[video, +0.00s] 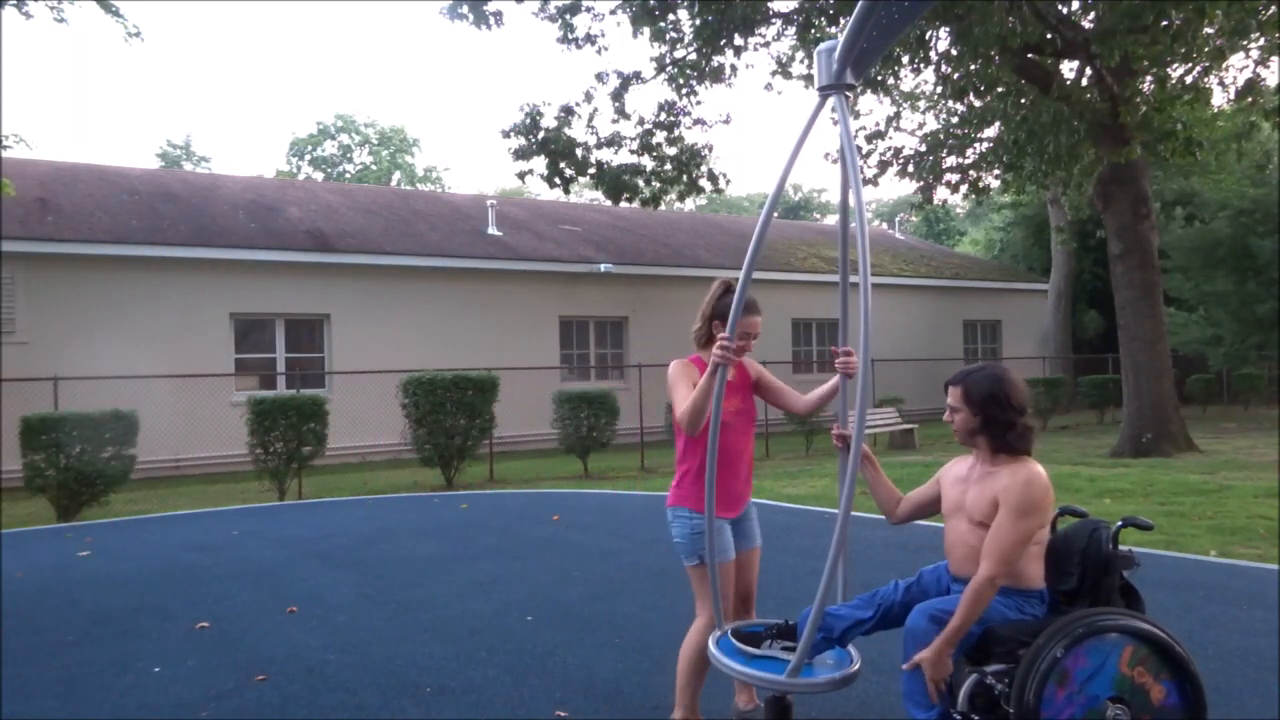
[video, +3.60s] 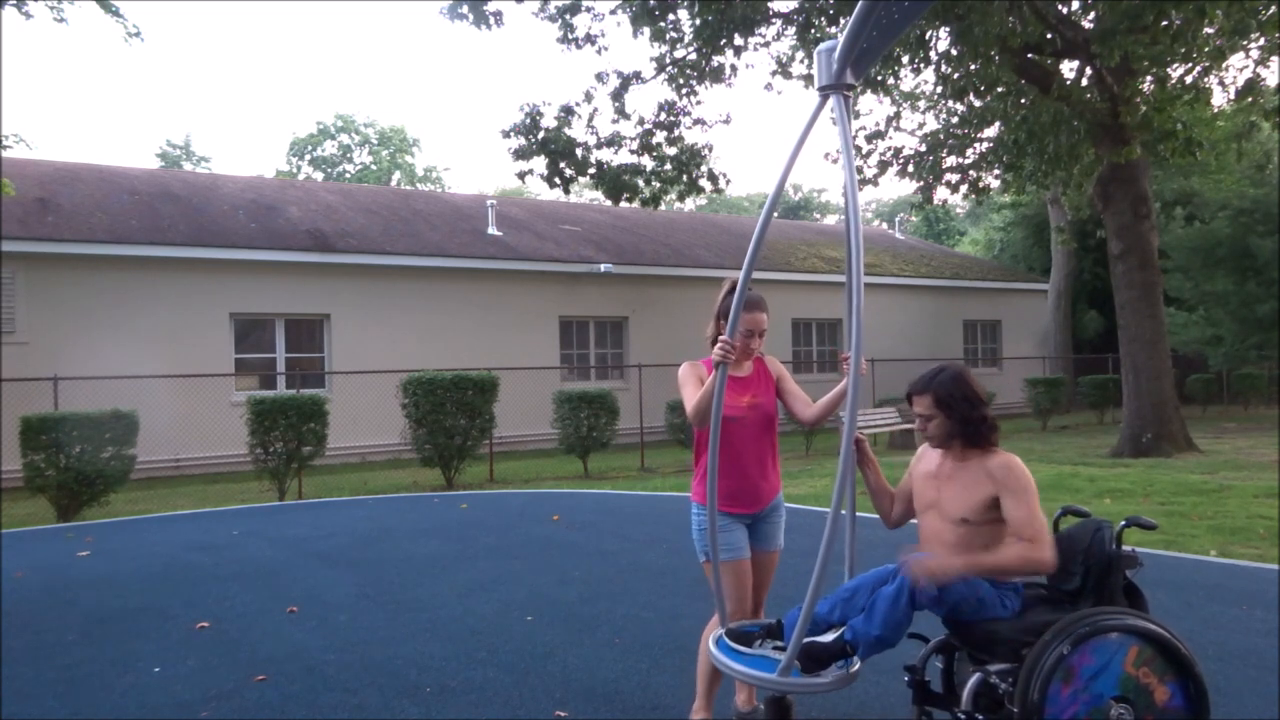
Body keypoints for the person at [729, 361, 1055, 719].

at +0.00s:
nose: (947, 418)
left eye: (955, 410)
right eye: (948, 409)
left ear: (987, 414)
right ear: (973, 415)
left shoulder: (1026, 480)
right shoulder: (957, 469)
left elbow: (992, 574)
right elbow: (898, 511)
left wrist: (944, 647)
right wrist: (863, 456)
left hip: (1014, 601)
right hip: (957, 582)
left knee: (924, 620)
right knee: (887, 599)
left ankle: (928, 712)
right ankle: (795, 636)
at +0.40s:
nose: (951, 413)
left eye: (960, 406)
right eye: (954, 404)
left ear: (991, 413)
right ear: (978, 414)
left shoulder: (1028, 474)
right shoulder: (956, 471)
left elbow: (1023, 569)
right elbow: (894, 513)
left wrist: (942, 603)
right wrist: (864, 460)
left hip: (1016, 601)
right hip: (961, 591)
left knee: (933, 574)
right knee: (894, 594)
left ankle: (888, 693)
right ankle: (798, 632)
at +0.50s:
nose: (949, 419)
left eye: (957, 412)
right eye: (950, 411)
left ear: (991, 416)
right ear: (976, 415)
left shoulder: (1029, 471)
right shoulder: (955, 472)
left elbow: (1032, 567)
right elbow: (893, 513)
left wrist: (947, 585)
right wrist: (863, 458)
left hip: (1019, 602)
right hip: (965, 592)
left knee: (944, 558)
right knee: (894, 593)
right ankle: (794, 636)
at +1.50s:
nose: (933, 410)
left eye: (944, 405)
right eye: (937, 402)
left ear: (974, 417)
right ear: (958, 416)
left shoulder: (1012, 465)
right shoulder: (940, 476)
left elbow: (1066, 544)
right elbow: (881, 513)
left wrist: (995, 605)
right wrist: (856, 454)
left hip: (1021, 598)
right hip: (967, 594)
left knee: (937, 572)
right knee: (896, 594)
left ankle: (855, 648)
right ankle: (796, 630)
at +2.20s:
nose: (898, 430)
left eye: (907, 421)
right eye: (897, 421)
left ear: (938, 422)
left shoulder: (982, 462)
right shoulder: (910, 465)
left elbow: (1051, 538)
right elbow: (885, 515)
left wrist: (1040, 620)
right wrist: (863, 463)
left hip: (1009, 589)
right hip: (951, 582)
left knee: (938, 591)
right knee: (890, 593)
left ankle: (851, 650)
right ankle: (791, 631)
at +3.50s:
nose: (910, 428)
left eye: (917, 419)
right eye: (907, 419)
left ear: (948, 414)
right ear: (915, 416)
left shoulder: (997, 467)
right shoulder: (920, 455)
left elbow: (1061, 544)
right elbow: (892, 515)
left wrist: (998, 601)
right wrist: (866, 463)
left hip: (986, 594)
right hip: (932, 584)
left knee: (921, 568)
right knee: (882, 577)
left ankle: (842, 646)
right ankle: (784, 631)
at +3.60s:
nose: (919, 428)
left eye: (928, 418)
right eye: (915, 419)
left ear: (959, 414)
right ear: (915, 414)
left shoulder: (1005, 469)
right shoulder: (926, 456)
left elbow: (1041, 555)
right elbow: (893, 514)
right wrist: (867, 461)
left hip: (995, 594)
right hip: (939, 581)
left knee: (913, 573)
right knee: (882, 578)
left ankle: (841, 647)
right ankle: (784, 631)